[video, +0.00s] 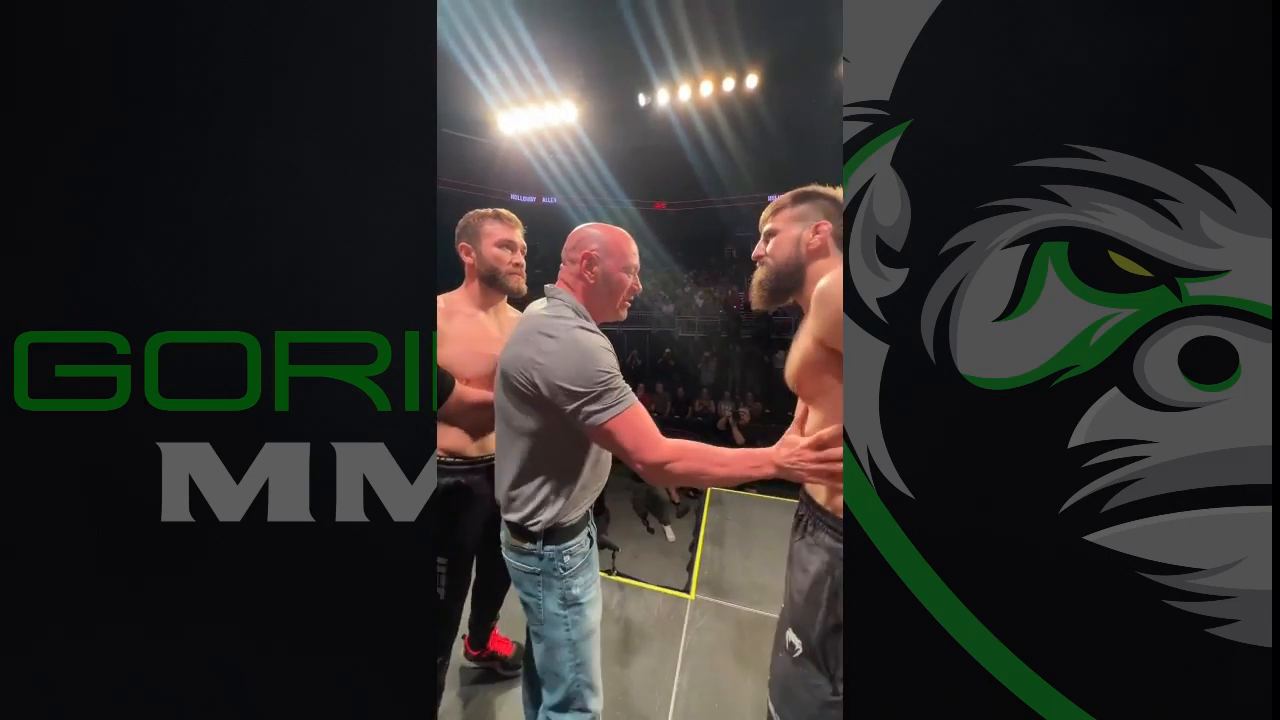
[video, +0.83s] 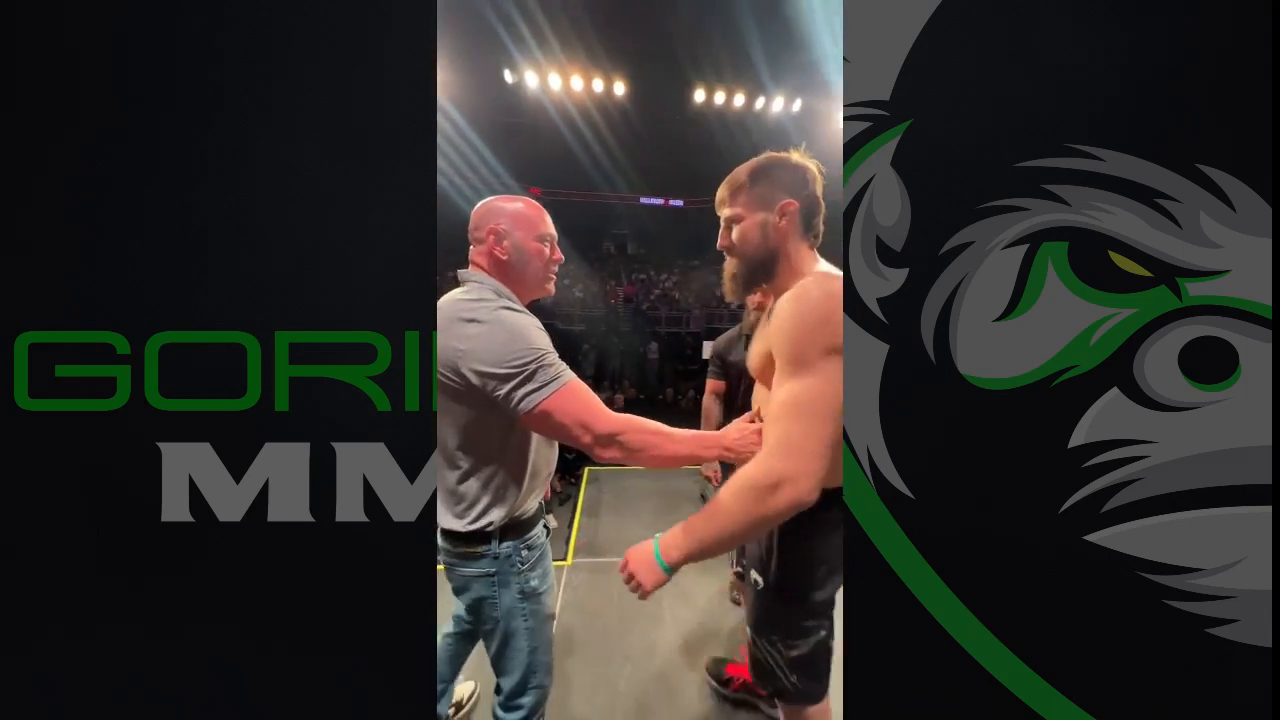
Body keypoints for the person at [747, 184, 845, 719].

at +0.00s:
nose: (756, 251)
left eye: (770, 234)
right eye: (760, 238)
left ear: (819, 236)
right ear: (818, 240)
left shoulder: (836, 292)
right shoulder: (822, 301)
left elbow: (889, 385)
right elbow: (808, 420)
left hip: (835, 537)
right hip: (818, 529)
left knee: (804, 692)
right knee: (804, 688)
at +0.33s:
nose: (766, 237)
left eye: (780, 221)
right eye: (770, 223)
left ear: (830, 224)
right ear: (829, 226)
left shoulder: (839, 293)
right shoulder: (825, 293)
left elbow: (867, 463)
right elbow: (836, 448)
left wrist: (826, 620)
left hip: (817, 537)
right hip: (800, 522)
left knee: (791, 693)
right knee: (782, 674)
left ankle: (779, 711)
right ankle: (773, 708)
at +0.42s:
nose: (768, 235)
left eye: (783, 218)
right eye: (773, 220)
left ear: (834, 223)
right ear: (830, 225)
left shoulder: (841, 294)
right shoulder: (828, 295)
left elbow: (847, 470)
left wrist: (755, 598)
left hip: (825, 551)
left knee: (810, 697)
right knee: (791, 673)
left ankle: (773, 713)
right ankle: (770, 710)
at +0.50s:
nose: (764, 236)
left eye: (778, 218)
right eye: (767, 220)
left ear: (831, 221)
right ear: (827, 224)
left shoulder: (835, 303)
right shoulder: (827, 303)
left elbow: (822, 485)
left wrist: (699, 567)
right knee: (764, 622)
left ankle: (753, 712)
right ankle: (751, 707)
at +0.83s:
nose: (721, 241)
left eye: (733, 222)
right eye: (721, 225)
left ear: (784, 217)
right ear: (781, 220)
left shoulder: (816, 301)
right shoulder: (793, 300)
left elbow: (790, 477)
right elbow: (772, 420)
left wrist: (667, 550)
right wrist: (725, 463)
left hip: (814, 513)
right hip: (791, 505)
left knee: (799, 688)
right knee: (769, 597)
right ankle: (765, 679)